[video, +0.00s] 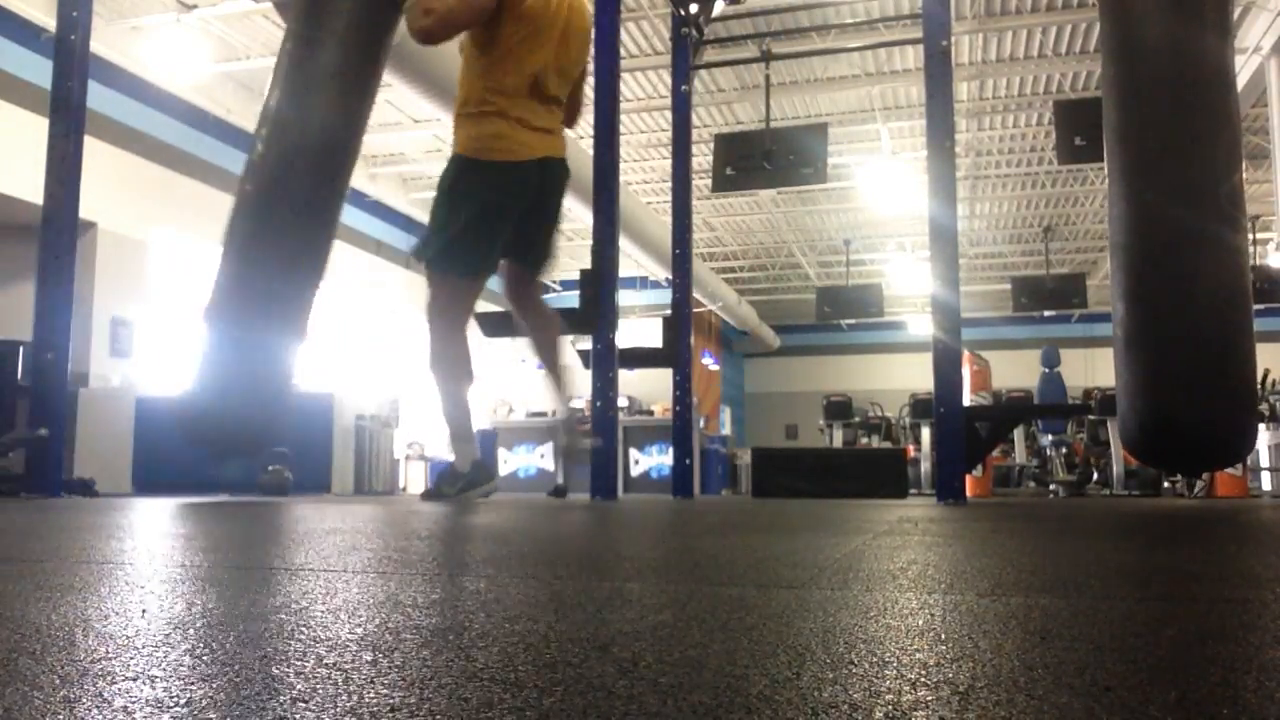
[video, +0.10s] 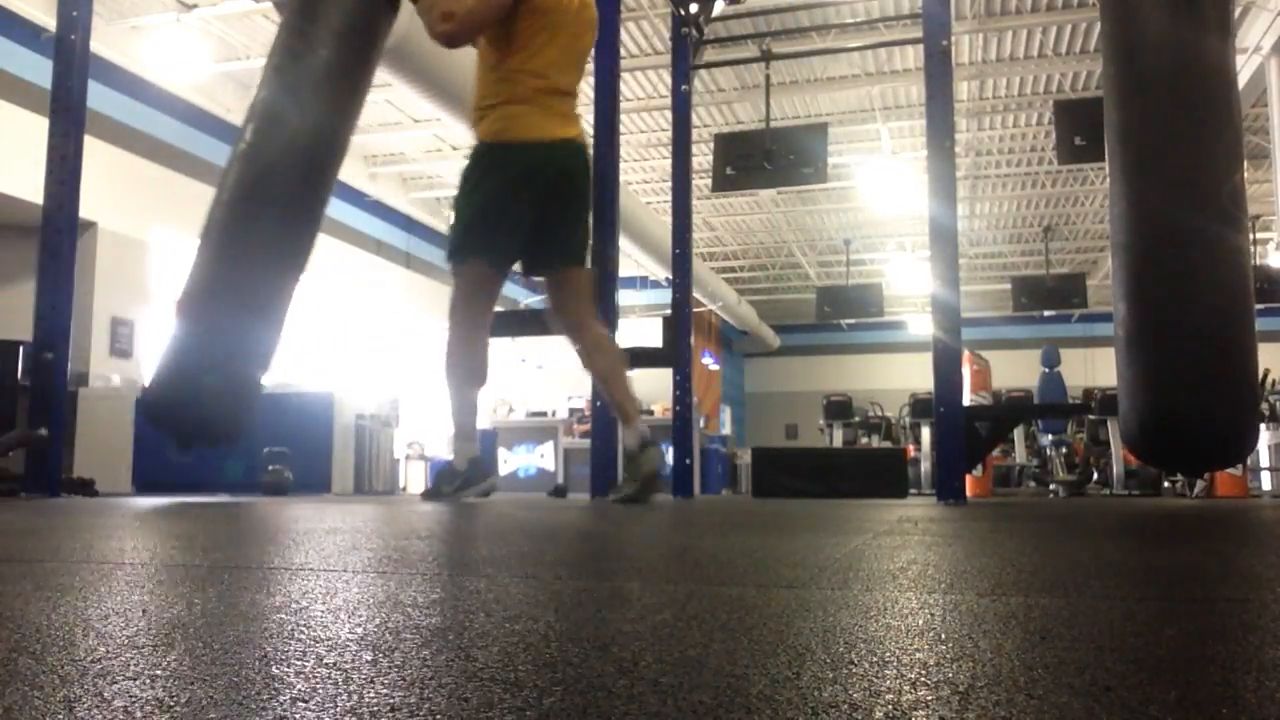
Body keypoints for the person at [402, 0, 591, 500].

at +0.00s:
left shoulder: (496, 1)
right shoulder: (579, 10)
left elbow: (427, 26)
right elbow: (570, 112)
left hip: (485, 161)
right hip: (548, 165)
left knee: (447, 316)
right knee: (523, 289)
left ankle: (466, 461)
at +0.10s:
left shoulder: (511, 2)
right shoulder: (586, 8)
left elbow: (449, 28)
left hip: (504, 158)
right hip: (568, 159)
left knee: (469, 315)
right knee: (578, 312)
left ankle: (466, 458)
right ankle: (638, 439)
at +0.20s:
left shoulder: (523, 1)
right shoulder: (589, 9)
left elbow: (476, 39)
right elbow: (534, 73)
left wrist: (436, 23)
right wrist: (478, 47)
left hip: (529, 140)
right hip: (594, 142)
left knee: (460, 290)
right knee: (612, 311)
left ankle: (492, 434)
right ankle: (647, 463)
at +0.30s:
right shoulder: (591, 9)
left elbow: (494, 29)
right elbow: (564, 82)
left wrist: (460, 52)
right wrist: (490, 78)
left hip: (540, 133)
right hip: (602, 140)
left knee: (456, 277)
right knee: (614, 311)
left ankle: (542, 395)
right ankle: (648, 464)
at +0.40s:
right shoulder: (589, 9)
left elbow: (489, 14)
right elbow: (604, 91)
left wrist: (460, 50)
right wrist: (502, 96)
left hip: (538, 125)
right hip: (597, 142)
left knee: (473, 264)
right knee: (601, 308)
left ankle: (521, 413)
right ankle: (647, 463)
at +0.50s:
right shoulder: (578, 7)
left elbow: (466, 21)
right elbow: (600, 92)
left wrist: (445, 51)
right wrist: (551, 122)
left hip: (516, 116)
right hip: (577, 139)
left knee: (478, 271)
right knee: (584, 308)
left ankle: (535, 439)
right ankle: (644, 463)